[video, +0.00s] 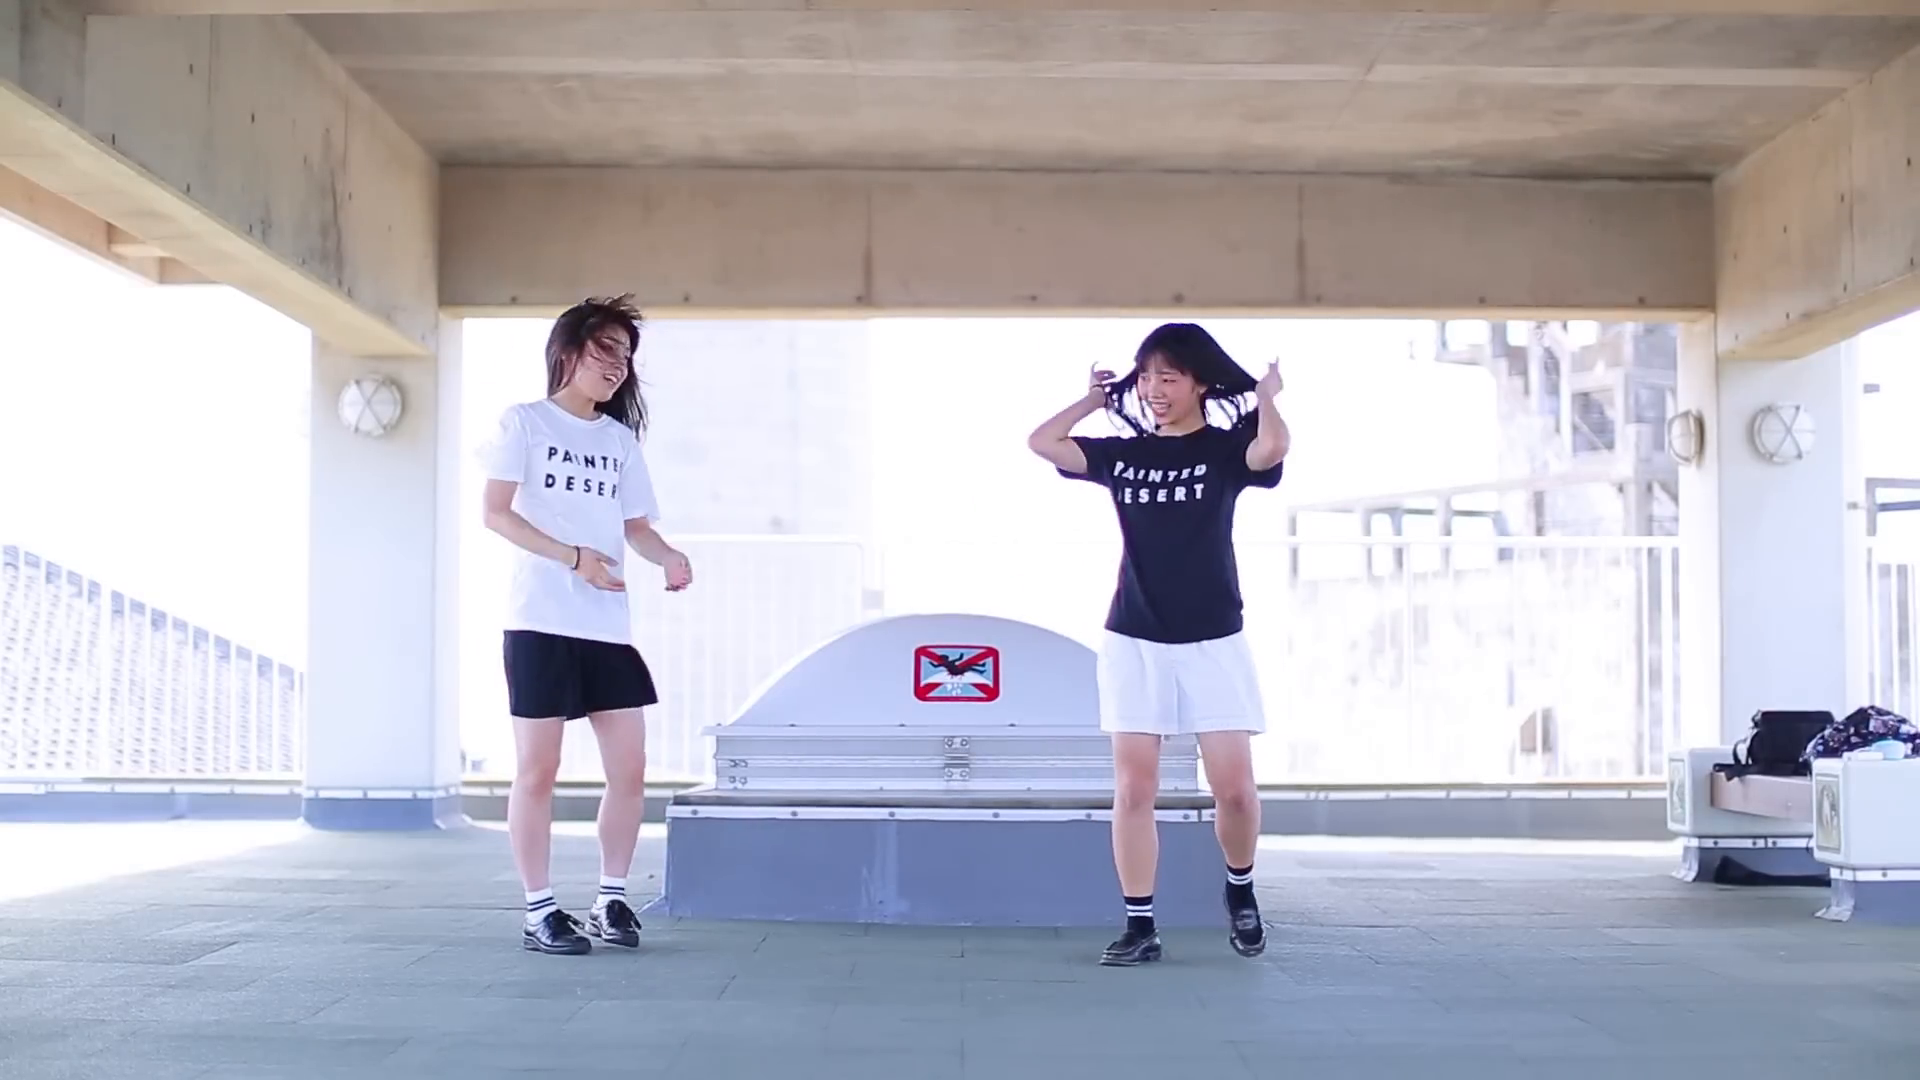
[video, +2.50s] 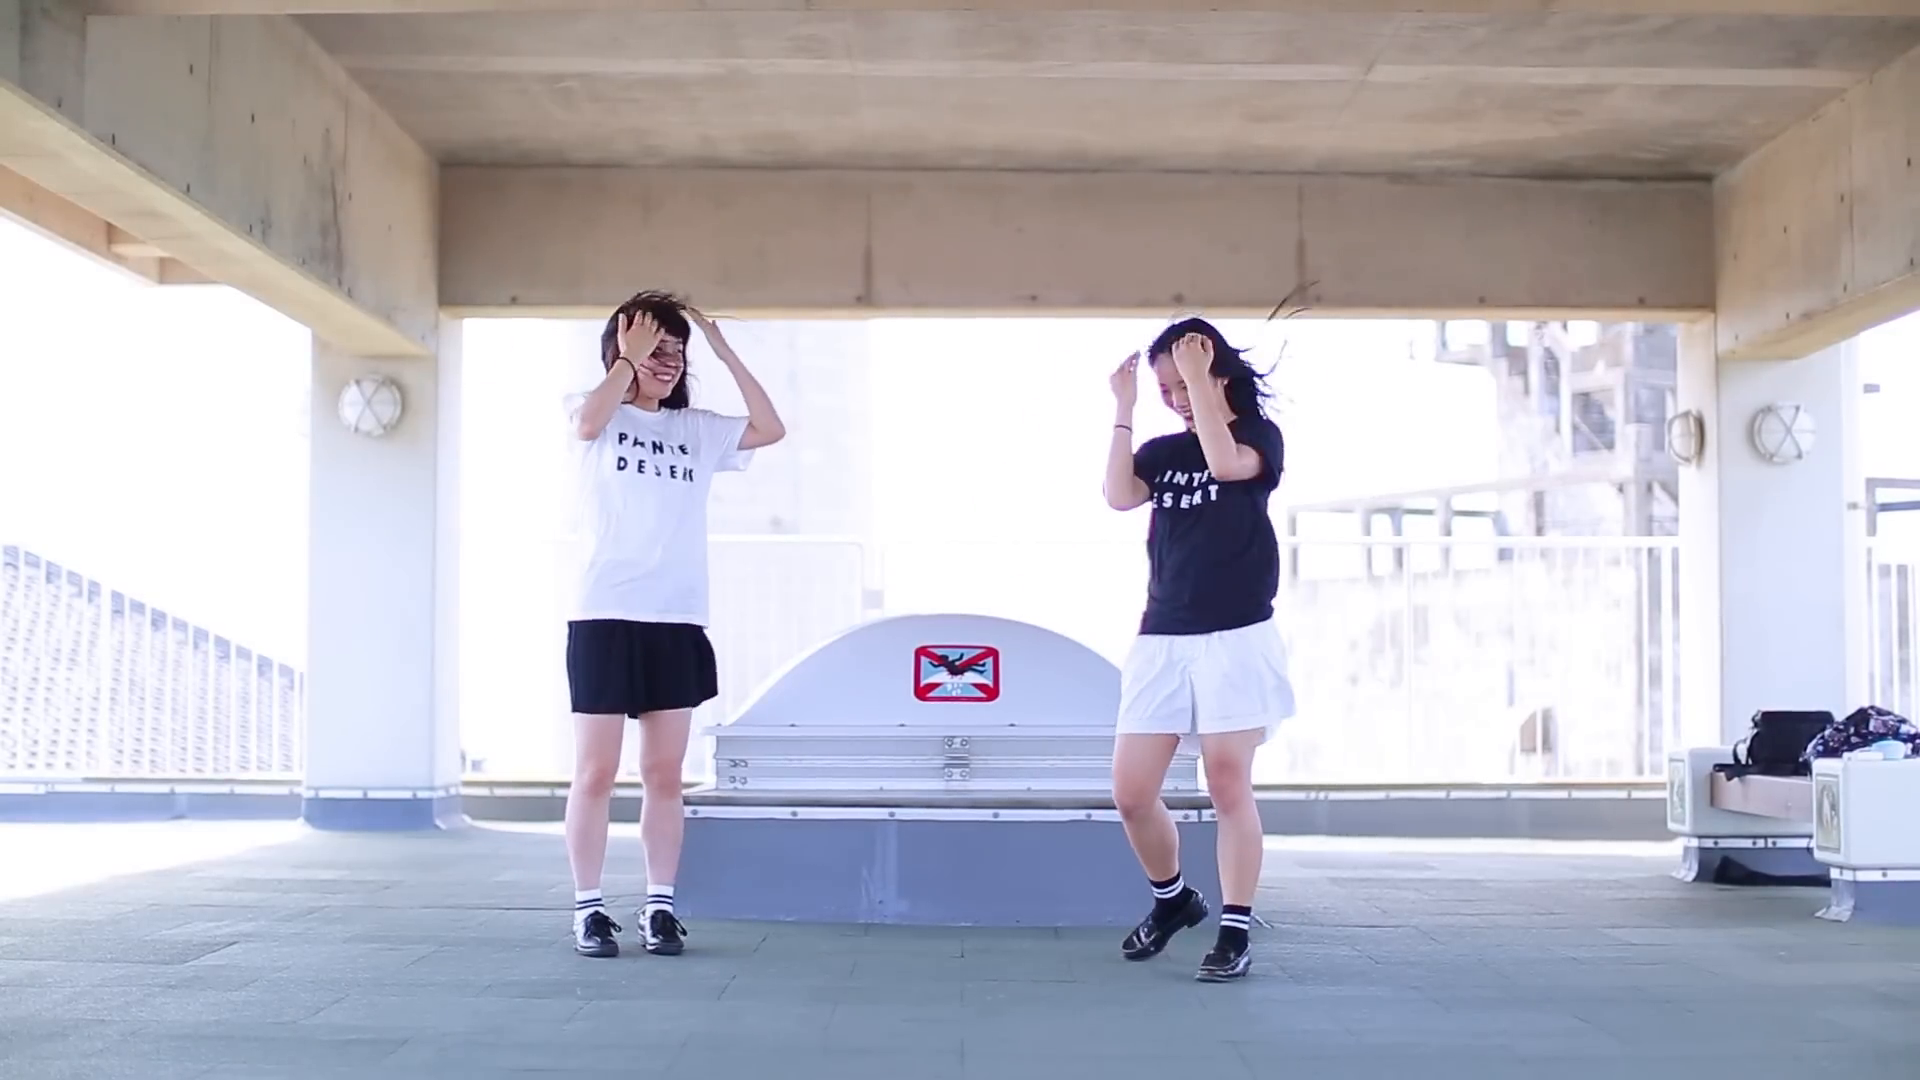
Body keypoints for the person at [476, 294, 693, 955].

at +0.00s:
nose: (616, 365)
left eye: (625, 357)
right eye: (605, 348)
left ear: (629, 369)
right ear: (568, 350)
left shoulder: (622, 442)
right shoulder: (523, 421)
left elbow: (637, 526)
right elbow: (495, 513)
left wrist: (667, 556)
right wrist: (572, 555)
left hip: (608, 626)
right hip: (539, 623)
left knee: (629, 769)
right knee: (538, 772)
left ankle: (614, 898)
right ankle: (540, 910)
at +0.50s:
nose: (636, 364)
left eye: (644, 354)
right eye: (623, 353)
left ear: (651, 361)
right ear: (589, 357)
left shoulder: (663, 418)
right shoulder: (565, 418)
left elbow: (729, 390)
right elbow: (560, 394)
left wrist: (676, 327)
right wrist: (599, 330)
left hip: (658, 618)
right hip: (582, 620)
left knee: (653, 775)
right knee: (564, 774)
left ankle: (657, 908)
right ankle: (543, 911)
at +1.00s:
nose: (661, 359)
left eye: (671, 350)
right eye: (649, 348)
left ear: (682, 358)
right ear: (623, 352)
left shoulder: (704, 419)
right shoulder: (599, 418)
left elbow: (775, 399)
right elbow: (585, 420)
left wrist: (725, 326)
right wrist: (610, 343)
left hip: (691, 621)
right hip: (618, 621)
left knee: (673, 776)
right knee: (590, 775)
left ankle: (659, 910)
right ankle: (548, 908)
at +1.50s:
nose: (681, 357)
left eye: (690, 348)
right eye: (668, 347)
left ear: (700, 356)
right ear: (637, 354)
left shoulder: (717, 423)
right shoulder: (614, 413)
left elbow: (789, 411)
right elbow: (613, 411)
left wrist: (739, 341)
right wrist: (651, 346)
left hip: (695, 621)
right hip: (623, 619)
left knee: (674, 775)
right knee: (612, 772)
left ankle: (661, 907)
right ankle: (591, 909)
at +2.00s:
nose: (681, 363)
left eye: (691, 353)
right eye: (669, 352)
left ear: (701, 359)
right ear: (638, 356)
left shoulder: (715, 426)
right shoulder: (615, 412)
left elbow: (787, 422)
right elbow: (590, 414)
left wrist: (730, 350)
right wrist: (644, 360)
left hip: (689, 622)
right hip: (616, 618)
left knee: (672, 775)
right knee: (604, 773)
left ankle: (661, 908)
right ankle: (590, 909)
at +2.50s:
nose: (662, 361)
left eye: (671, 352)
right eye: (649, 349)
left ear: (683, 360)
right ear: (619, 355)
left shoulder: (698, 427)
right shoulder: (593, 411)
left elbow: (769, 428)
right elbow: (590, 422)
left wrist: (723, 351)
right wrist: (627, 361)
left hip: (678, 621)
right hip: (603, 618)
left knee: (665, 776)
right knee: (596, 774)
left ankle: (660, 907)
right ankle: (589, 910)